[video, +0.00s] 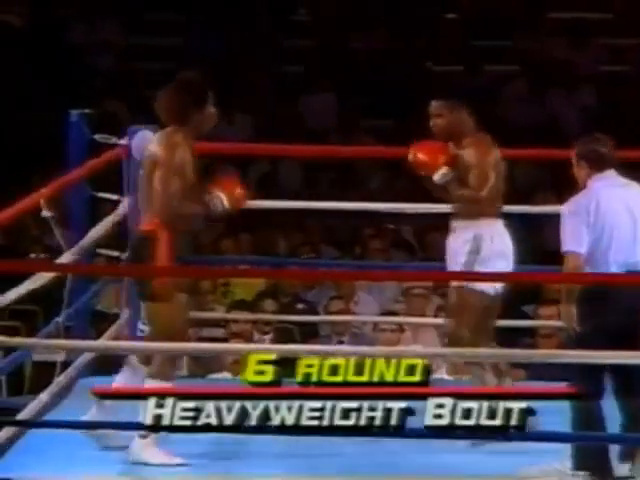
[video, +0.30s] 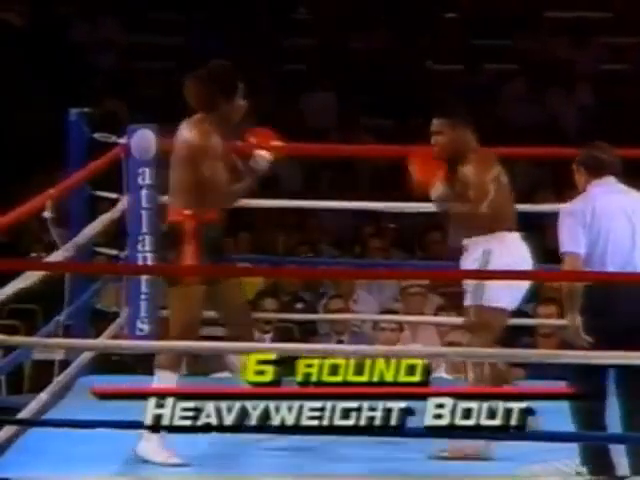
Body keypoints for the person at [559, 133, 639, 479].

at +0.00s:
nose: (574, 172)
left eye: (574, 166)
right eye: (573, 166)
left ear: (582, 166)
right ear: (611, 162)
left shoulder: (580, 204)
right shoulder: (635, 190)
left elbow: (574, 262)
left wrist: (566, 306)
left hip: (600, 295)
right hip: (636, 292)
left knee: (586, 378)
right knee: (629, 376)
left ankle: (593, 461)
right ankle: (633, 447)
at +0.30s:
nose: (575, 178)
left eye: (576, 173)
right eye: (575, 173)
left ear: (582, 173)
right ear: (613, 171)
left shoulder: (577, 207)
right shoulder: (636, 199)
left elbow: (573, 266)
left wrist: (571, 314)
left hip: (598, 297)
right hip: (635, 295)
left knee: (587, 383)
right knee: (634, 383)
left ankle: (599, 465)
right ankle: (637, 461)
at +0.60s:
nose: (556, 178)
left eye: (556, 172)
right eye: (557, 173)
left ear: (562, 172)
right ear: (596, 170)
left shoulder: (562, 206)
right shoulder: (629, 201)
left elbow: (554, 267)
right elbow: (635, 256)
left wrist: (545, 312)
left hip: (583, 298)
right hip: (627, 297)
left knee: (559, 381)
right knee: (627, 385)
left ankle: (558, 466)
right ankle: (636, 464)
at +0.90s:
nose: (491, 174)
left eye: (492, 166)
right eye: (491, 166)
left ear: (504, 166)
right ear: (530, 162)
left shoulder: (512, 194)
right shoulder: (561, 191)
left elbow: (512, 256)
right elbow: (583, 254)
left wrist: (495, 305)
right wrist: (579, 303)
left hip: (531, 285)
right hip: (563, 281)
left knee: (521, 376)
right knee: (549, 374)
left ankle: (543, 465)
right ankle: (571, 460)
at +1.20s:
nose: (436, 181)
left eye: (438, 173)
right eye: (436, 173)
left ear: (450, 170)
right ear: (477, 165)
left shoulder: (465, 198)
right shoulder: (506, 192)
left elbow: (457, 266)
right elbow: (531, 253)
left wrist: (433, 302)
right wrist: (518, 294)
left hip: (484, 294)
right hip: (509, 291)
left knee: (502, 386)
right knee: (465, 381)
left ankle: (535, 470)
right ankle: (423, 464)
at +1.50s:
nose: (374, 169)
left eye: (377, 163)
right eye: (375, 161)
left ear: (386, 165)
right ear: (416, 161)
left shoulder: (395, 200)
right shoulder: (442, 195)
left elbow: (391, 262)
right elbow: (460, 255)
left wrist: (368, 306)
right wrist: (449, 293)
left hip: (408, 291)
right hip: (440, 288)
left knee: (402, 384)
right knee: (414, 382)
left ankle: (471, 453)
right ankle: (406, 465)